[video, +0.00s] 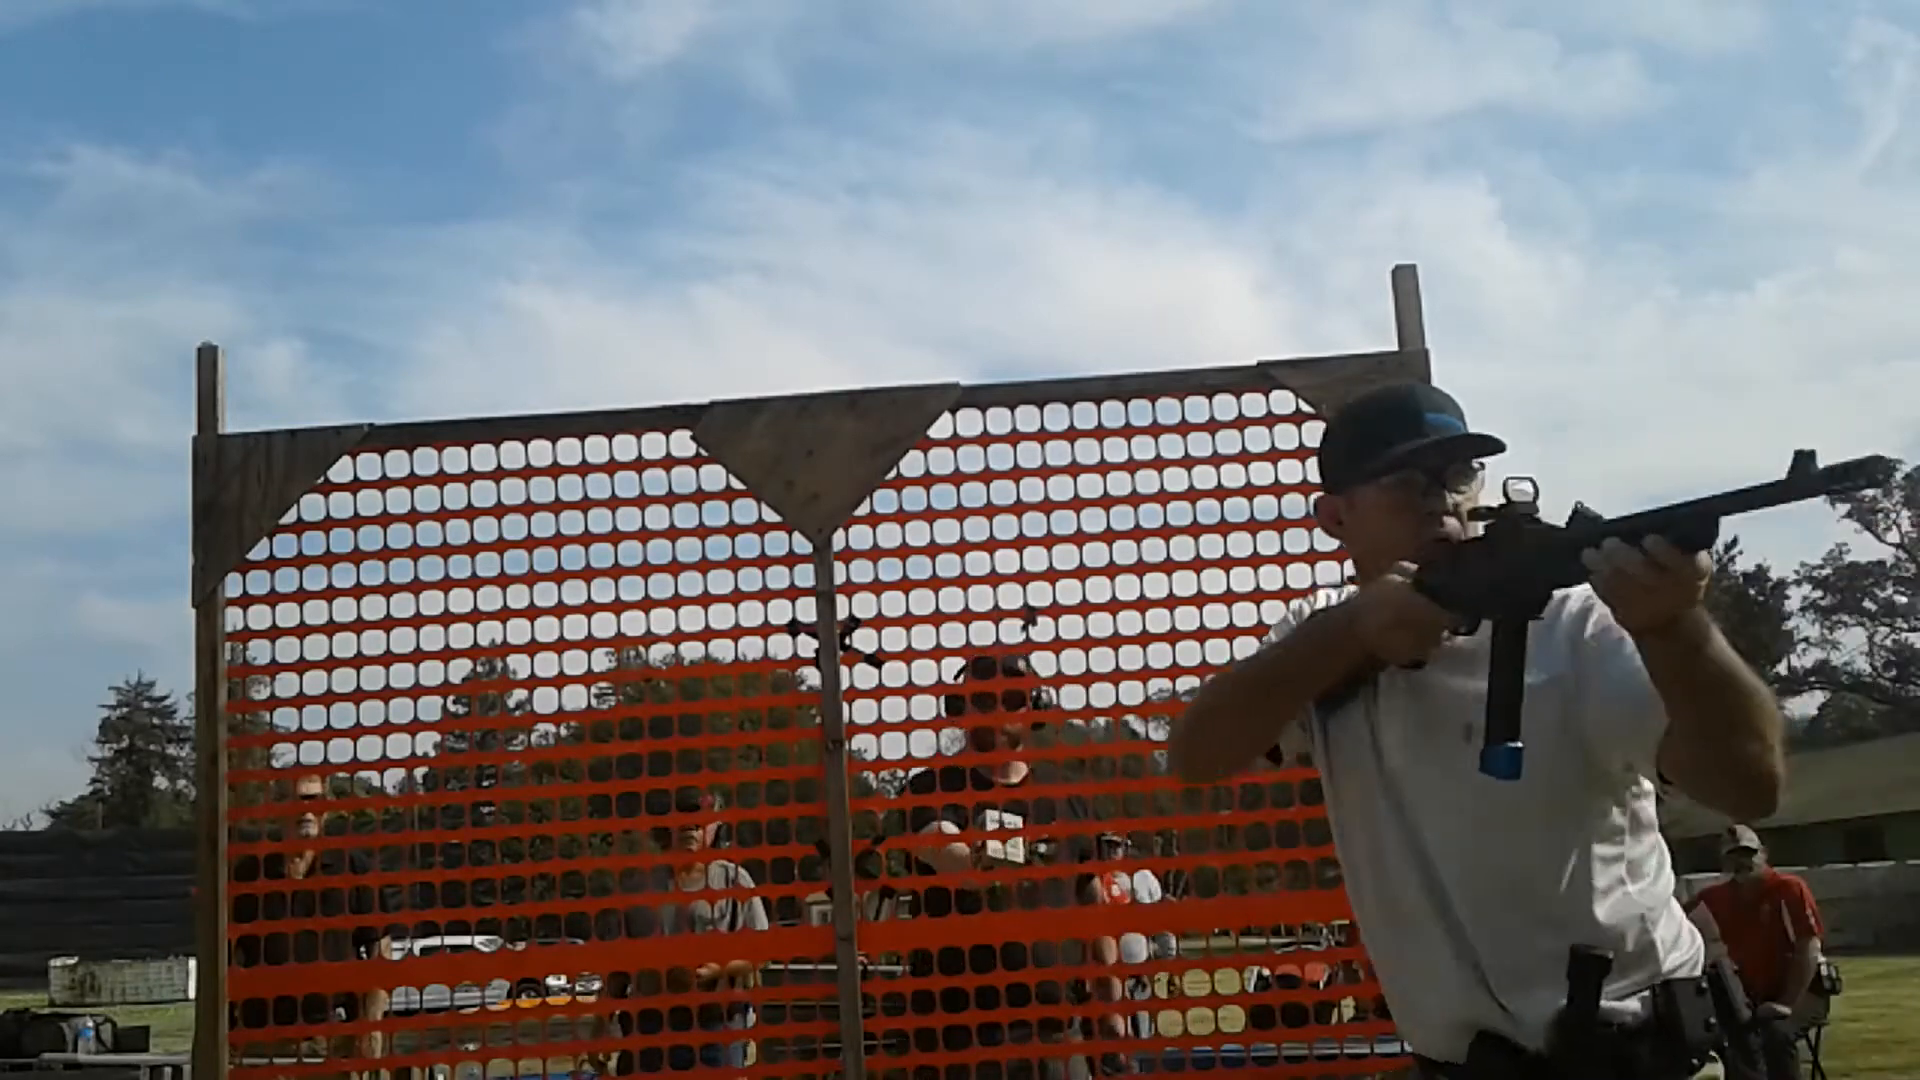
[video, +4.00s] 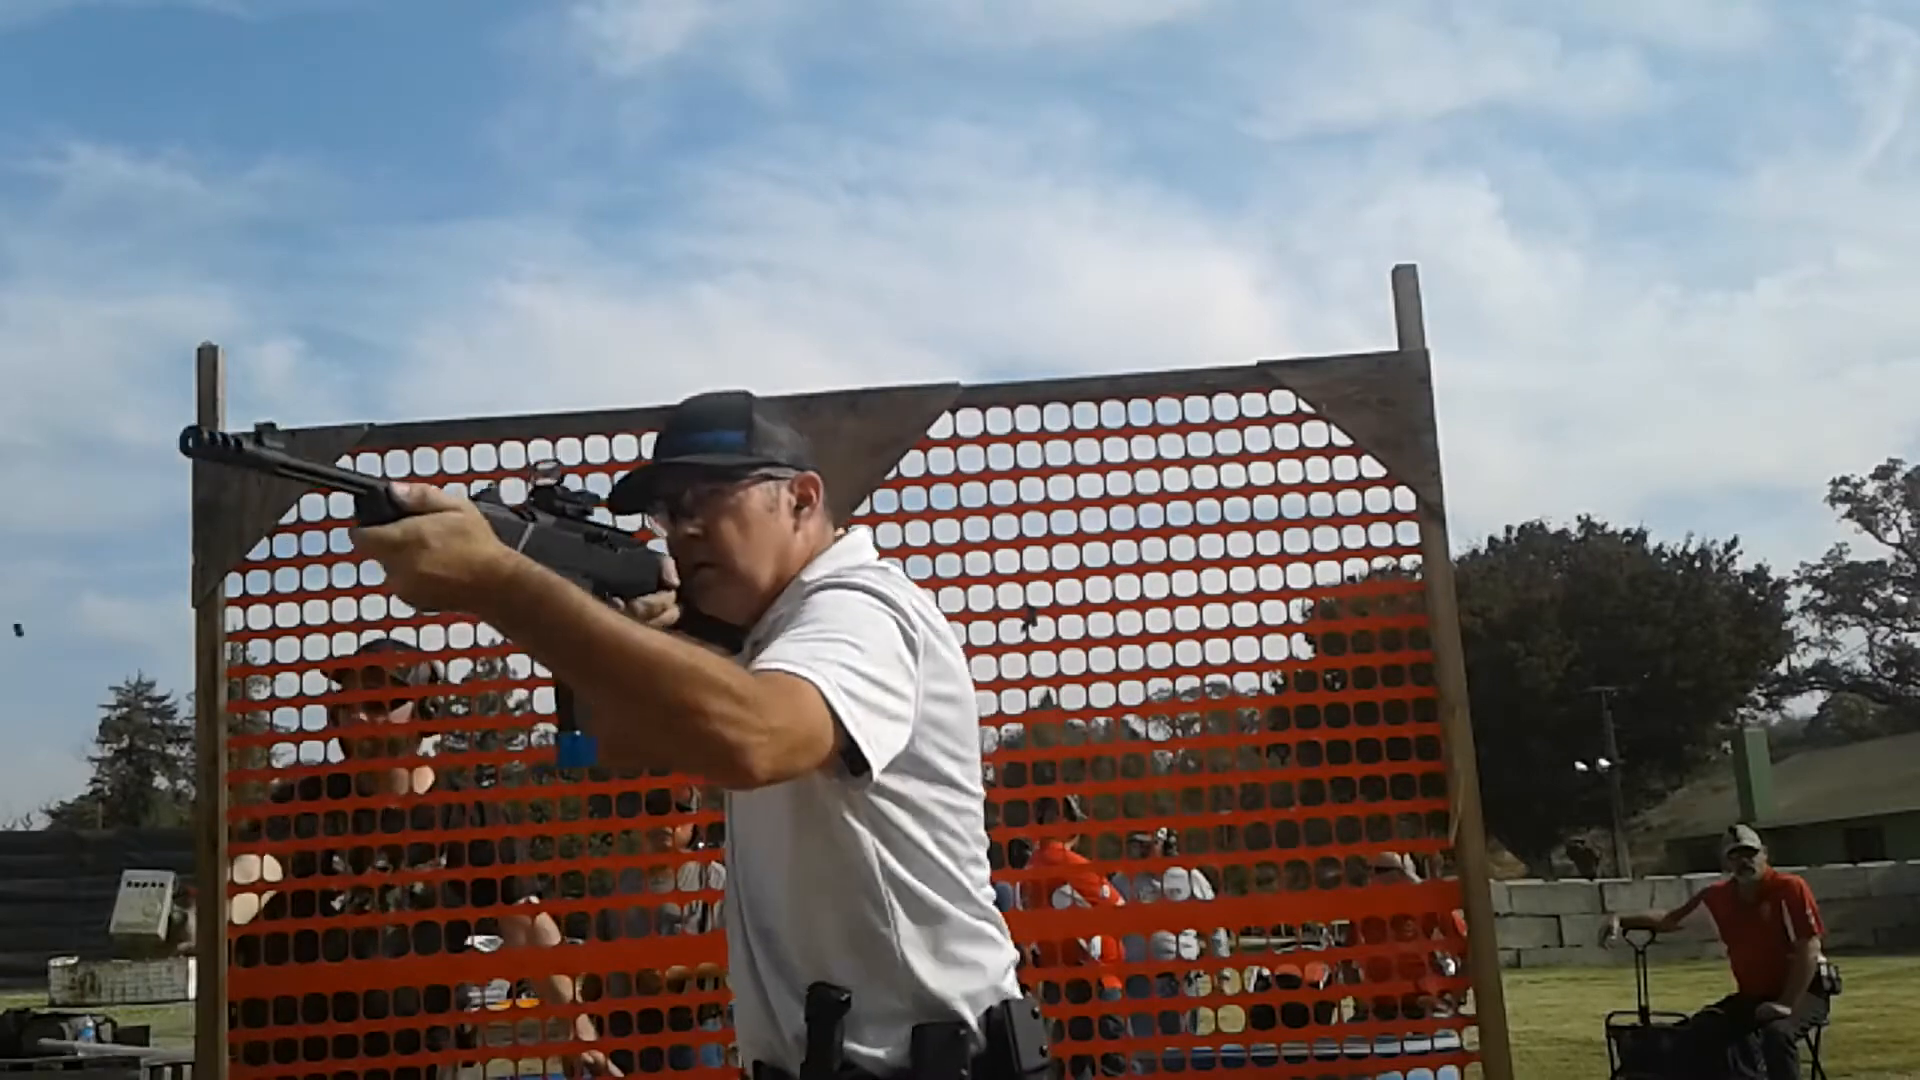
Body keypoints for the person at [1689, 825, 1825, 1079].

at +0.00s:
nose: (1742, 861)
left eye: (1748, 853)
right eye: (1733, 855)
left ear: (1762, 855)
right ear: (1724, 862)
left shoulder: (1789, 889)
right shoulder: (1711, 899)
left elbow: (1810, 948)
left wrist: (1786, 1003)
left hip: (1794, 997)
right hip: (1740, 1000)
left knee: (1776, 1032)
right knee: (1735, 1037)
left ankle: (1784, 1075)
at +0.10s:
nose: (1742, 862)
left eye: (1748, 855)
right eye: (1734, 857)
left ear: (1762, 856)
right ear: (1724, 862)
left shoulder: (1789, 889)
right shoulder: (1714, 896)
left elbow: (1809, 948)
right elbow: (1668, 922)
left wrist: (1787, 1003)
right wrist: (1619, 922)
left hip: (1801, 999)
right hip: (1751, 998)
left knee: (1774, 1033)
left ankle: (1785, 1075)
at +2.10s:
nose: (1743, 859)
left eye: (1750, 852)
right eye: (1735, 854)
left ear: (1763, 855)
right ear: (1725, 862)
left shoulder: (1789, 888)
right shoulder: (1715, 896)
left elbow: (1809, 950)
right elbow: (1668, 921)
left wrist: (1788, 1004)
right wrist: (1621, 923)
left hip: (1802, 998)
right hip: (1752, 998)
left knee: (1776, 1035)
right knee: (1691, 1033)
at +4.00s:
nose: (1744, 860)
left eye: (1750, 853)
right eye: (1735, 855)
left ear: (1764, 856)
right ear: (1726, 862)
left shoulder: (1790, 888)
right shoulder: (1715, 896)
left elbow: (1810, 949)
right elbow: (1669, 921)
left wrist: (1788, 1005)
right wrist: (1621, 922)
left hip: (1802, 998)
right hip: (1751, 999)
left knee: (1775, 1034)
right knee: (1692, 1034)